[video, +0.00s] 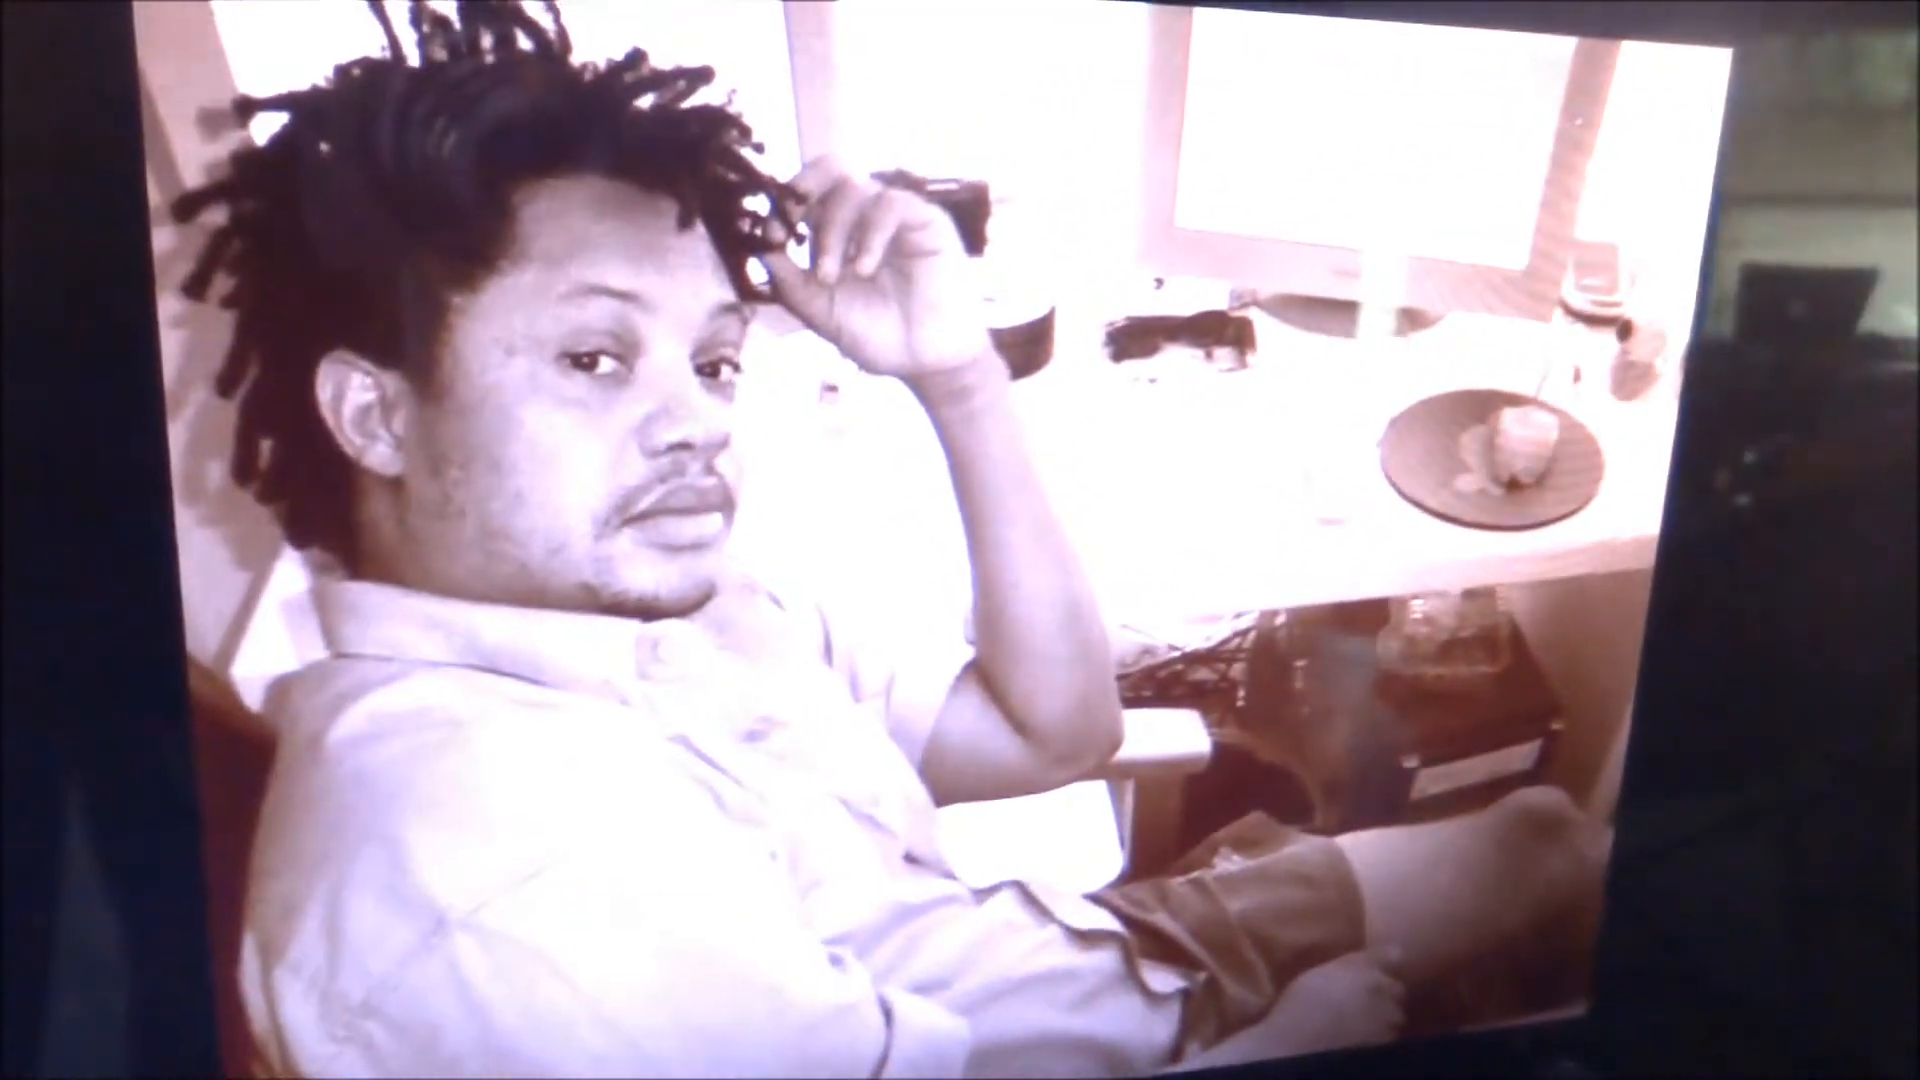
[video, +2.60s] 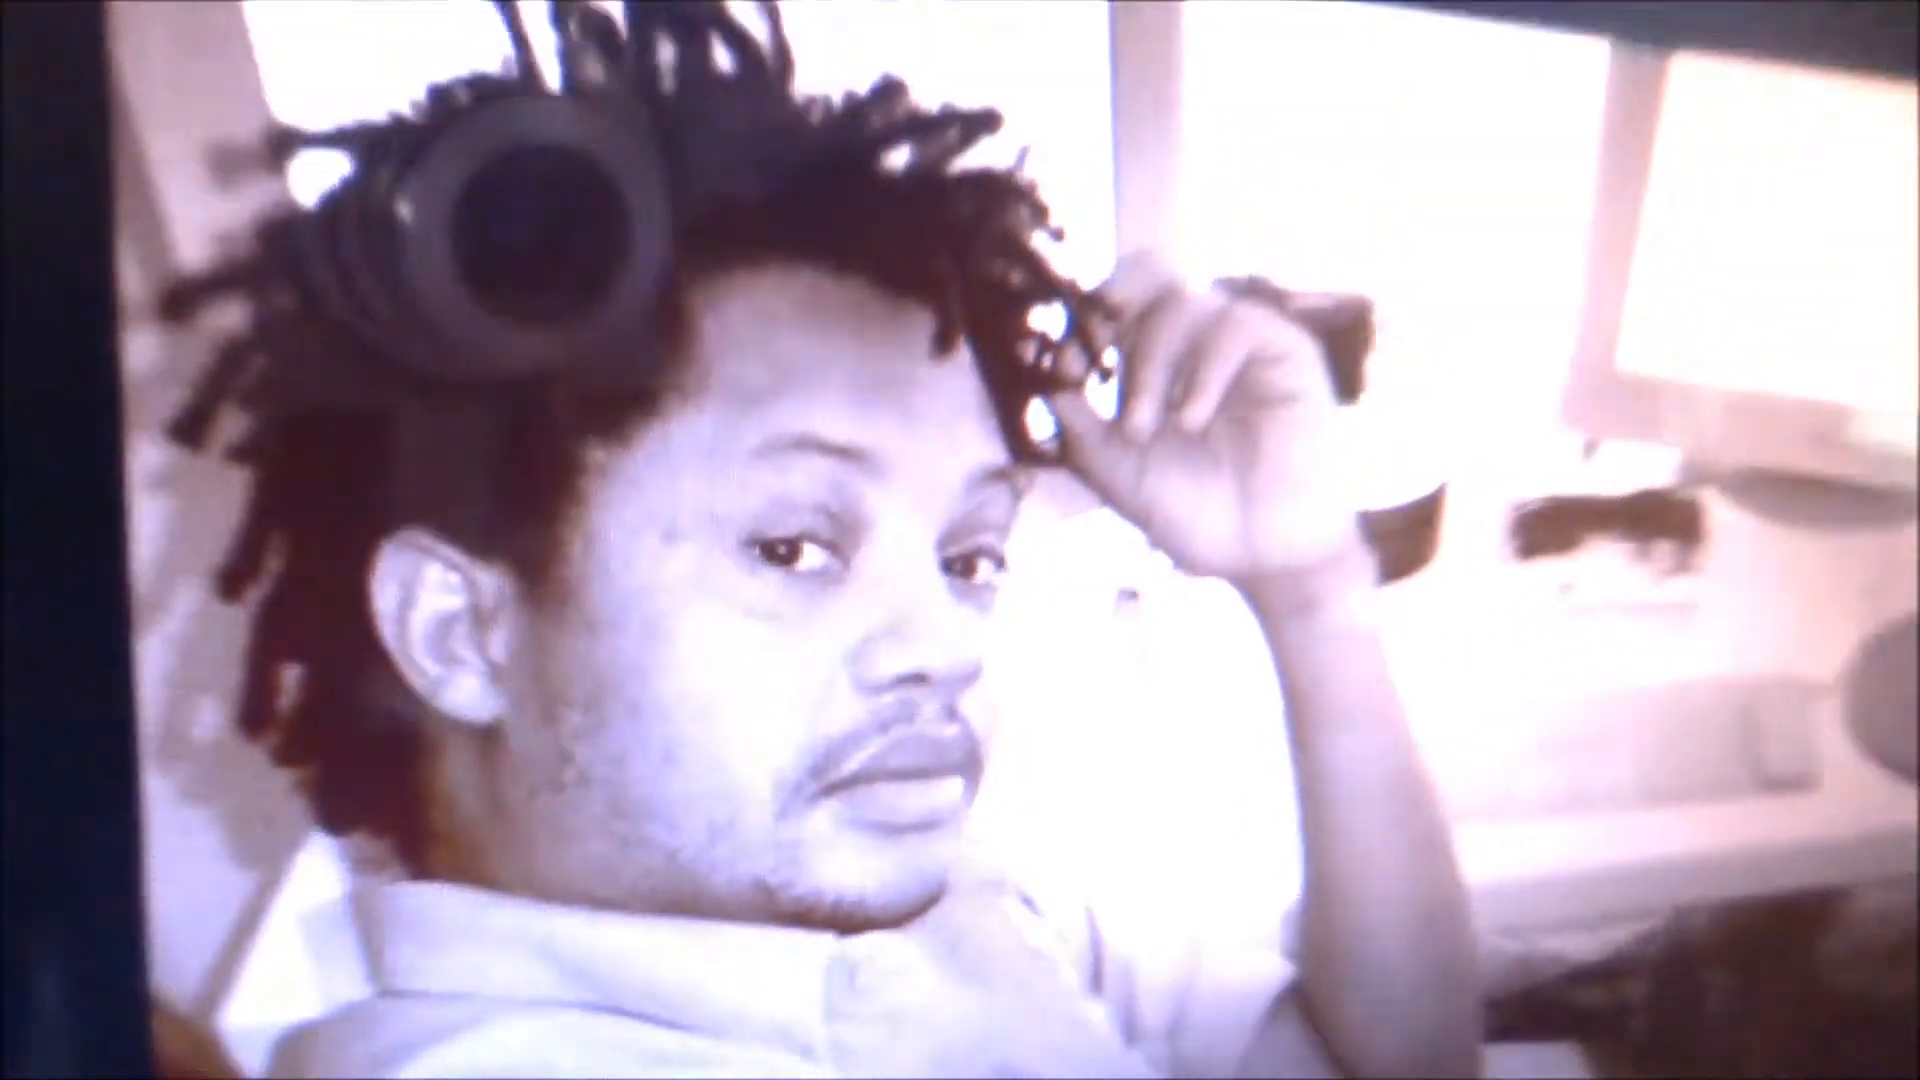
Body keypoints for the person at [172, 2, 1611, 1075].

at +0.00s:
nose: (701, 425)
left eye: (709, 358)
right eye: (594, 358)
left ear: (744, 356)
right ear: (369, 411)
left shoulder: (688, 613)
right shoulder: (452, 835)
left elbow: (1052, 736)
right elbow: (910, 1053)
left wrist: (957, 380)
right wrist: (1356, 962)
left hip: (1070, 931)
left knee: (1537, 820)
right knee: (1570, 857)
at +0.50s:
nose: (777, 456)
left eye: (788, 383)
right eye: (665, 375)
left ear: (826, 391)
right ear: (418, 428)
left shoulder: (771, 663)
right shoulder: (498, 875)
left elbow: (1159, 790)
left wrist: (1059, 394)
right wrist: (1459, 1036)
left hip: (1213, 1015)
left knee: (1683, 906)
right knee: (1710, 948)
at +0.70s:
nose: (902, 504)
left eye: (920, 426)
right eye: (783, 416)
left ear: (959, 437)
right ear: (503, 480)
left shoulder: (905, 776)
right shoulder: (581, 976)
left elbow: (1316, 876)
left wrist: (1216, 442)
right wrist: (1659, 1061)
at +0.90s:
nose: (1012, 587)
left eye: (1033, 503)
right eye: (863, 491)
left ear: (1072, 509)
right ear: (545, 576)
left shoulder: (1055, 873)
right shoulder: (601, 1026)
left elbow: (1463, 1024)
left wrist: (1371, 537)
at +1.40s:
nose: (1182, 601)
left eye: (1211, 495)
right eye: (1005, 480)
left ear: (1258, 503)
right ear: (598, 584)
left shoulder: (1250, 963)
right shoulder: (463, 1044)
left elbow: (1692, 1048)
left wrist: (1603, 523)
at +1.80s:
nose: (1095, 591)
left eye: (1125, 478)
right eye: (896, 461)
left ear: (1174, 487)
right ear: (446, 581)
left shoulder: (1182, 1000)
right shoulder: (227, 1042)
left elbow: (1649, 1052)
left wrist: (1549, 512)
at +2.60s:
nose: (939, 655)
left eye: (970, 563)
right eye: (797, 549)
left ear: (1009, 565)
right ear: (455, 631)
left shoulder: (1021, 963)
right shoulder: (392, 1034)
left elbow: (1399, 1054)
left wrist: (1311, 590)